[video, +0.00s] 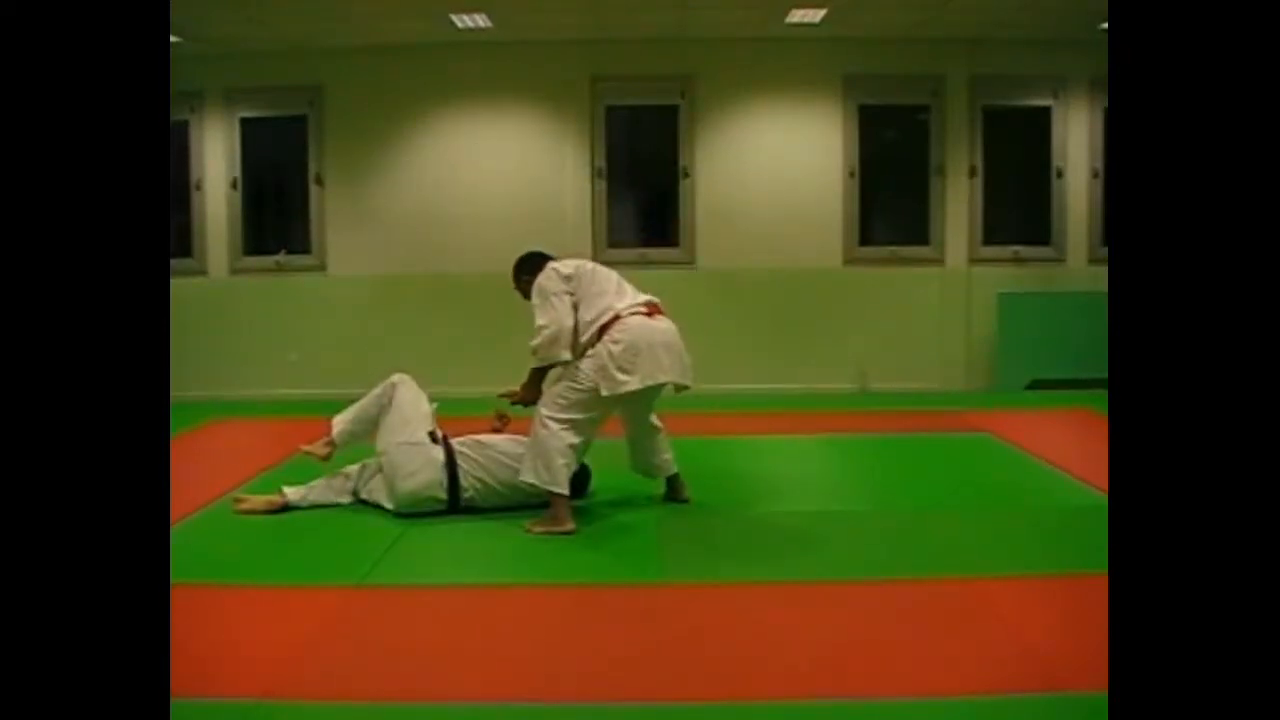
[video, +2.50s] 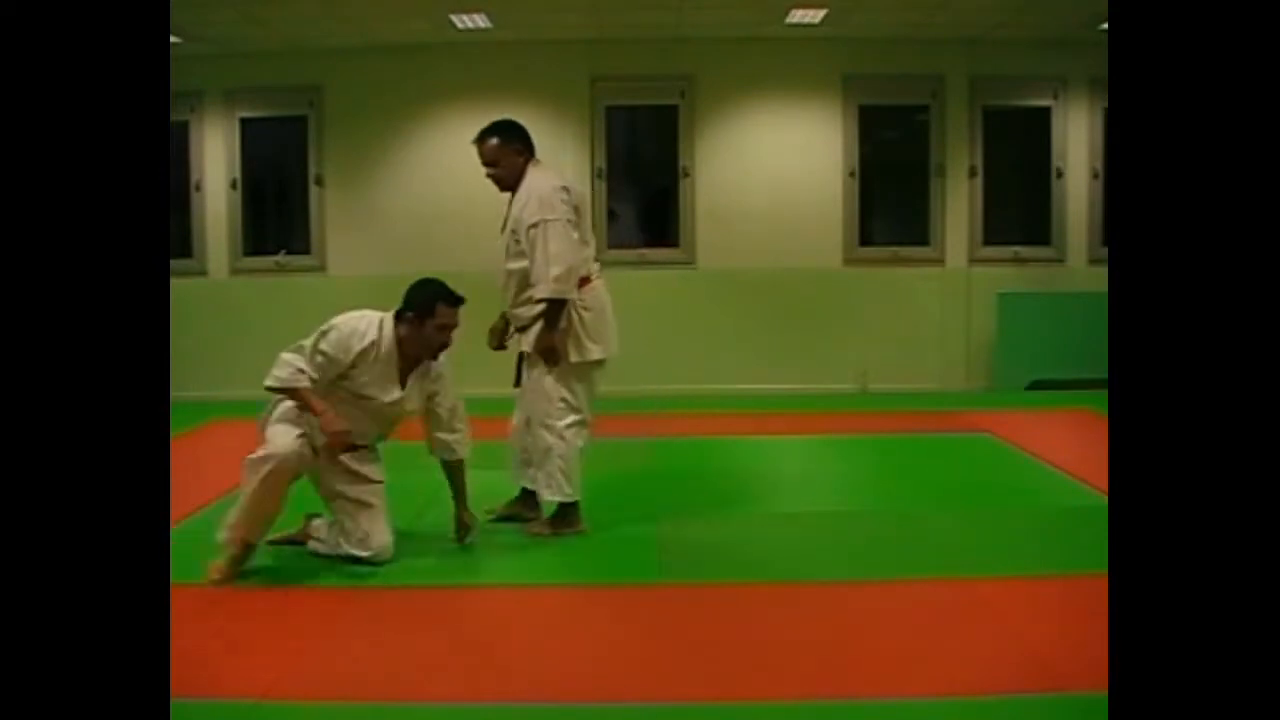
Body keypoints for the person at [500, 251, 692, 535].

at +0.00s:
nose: (526, 297)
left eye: (524, 290)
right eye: (523, 293)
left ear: (530, 276)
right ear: (549, 262)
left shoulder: (548, 278)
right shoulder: (585, 272)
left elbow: (556, 330)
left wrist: (533, 384)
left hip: (624, 340)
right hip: (666, 336)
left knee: (553, 415)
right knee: (639, 414)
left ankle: (559, 512)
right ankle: (675, 484)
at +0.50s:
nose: (526, 287)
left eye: (524, 280)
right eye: (522, 283)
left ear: (530, 268)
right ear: (553, 255)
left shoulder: (545, 273)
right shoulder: (587, 267)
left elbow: (548, 328)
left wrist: (528, 385)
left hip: (617, 338)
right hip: (660, 332)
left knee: (548, 415)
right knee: (639, 415)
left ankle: (558, 513)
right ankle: (675, 484)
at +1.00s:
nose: (537, 248)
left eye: (536, 241)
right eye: (535, 243)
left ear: (540, 229)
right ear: (565, 218)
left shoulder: (556, 239)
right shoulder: (609, 236)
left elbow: (548, 302)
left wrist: (521, 357)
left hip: (612, 324)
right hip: (657, 317)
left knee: (557, 412)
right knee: (646, 411)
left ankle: (559, 512)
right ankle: (676, 484)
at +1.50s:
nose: (553, 220)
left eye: (552, 210)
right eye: (550, 212)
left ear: (567, 197)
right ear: (584, 193)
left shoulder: (581, 219)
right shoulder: (625, 216)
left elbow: (572, 279)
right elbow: (635, 272)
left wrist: (553, 337)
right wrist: (599, 317)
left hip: (625, 316)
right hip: (665, 310)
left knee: (578, 411)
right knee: (648, 407)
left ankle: (563, 508)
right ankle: (676, 485)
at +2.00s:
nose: (516, 195)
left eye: (519, 184)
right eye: (513, 186)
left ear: (541, 175)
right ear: (549, 175)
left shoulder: (560, 210)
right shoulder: (581, 197)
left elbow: (573, 280)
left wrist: (560, 343)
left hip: (603, 321)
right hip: (632, 310)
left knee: (560, 411)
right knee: (630, 404)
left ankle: (567, 509)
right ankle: (666, 473)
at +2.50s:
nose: (489, 174)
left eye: (494, 164)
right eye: (485, 165)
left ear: (520, 156)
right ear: (512, 160)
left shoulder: (542, 195)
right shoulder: (526, 196)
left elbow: (560, 267)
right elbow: (528, 270)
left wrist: (550, 328)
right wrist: (507, 318)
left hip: (565, 321)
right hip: (544, 321)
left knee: (556, 416)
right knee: (531, 412)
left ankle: (565, 508)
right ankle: (530, 496)